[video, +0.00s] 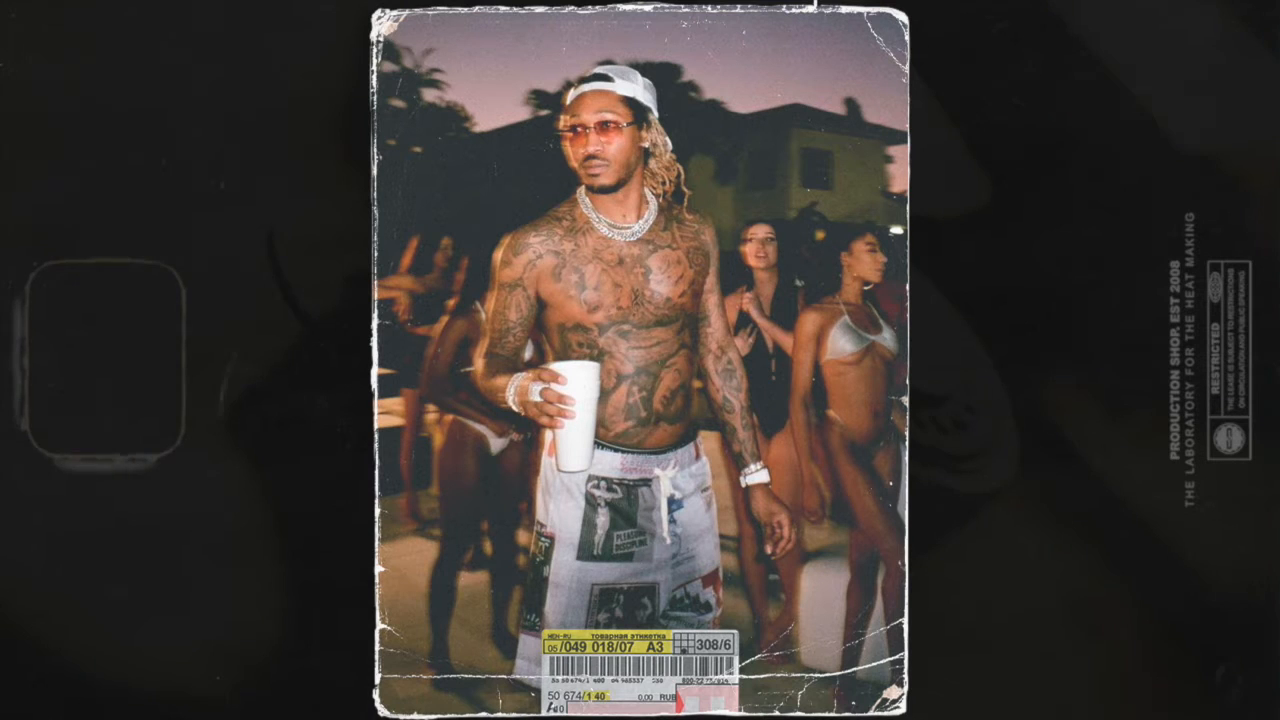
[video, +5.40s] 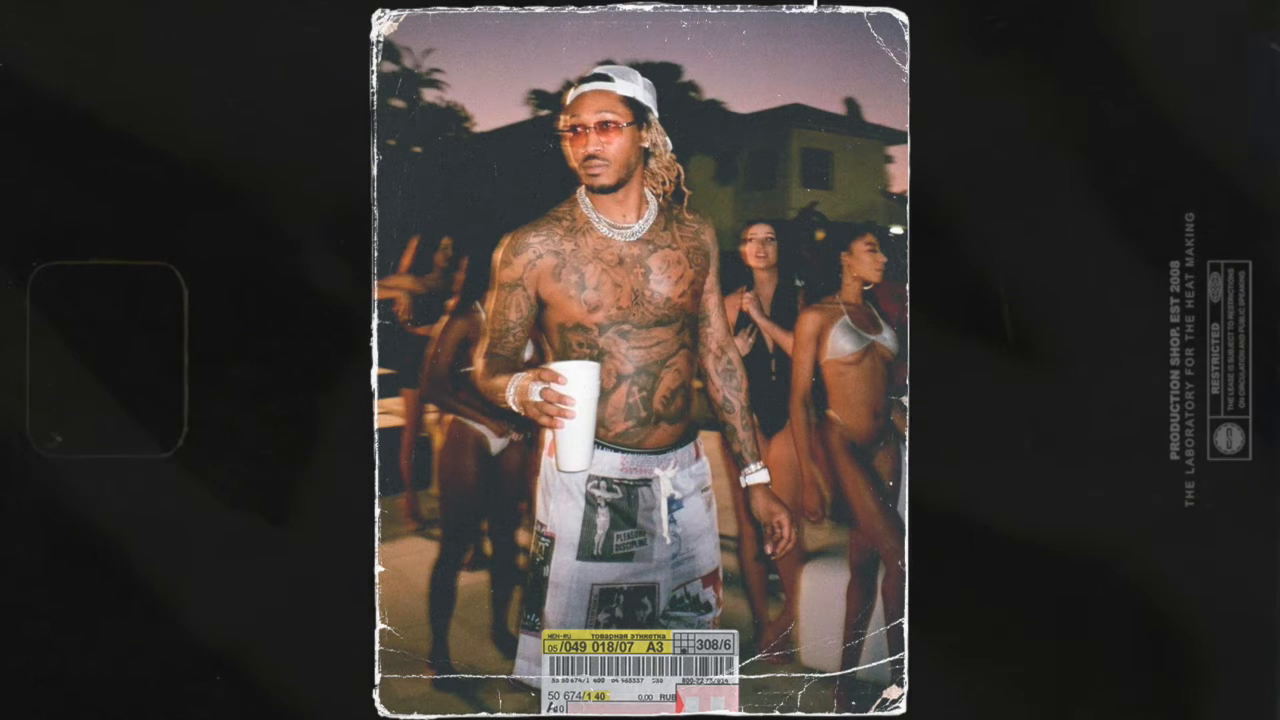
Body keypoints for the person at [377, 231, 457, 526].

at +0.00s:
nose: (446, 255)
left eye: (451, 250)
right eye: (442, 248)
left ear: (455, 255)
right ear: (430, 251)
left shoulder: (455, 280)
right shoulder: (414, 282)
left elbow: (462, 303)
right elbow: (396, 284)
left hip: (445, 349)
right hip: (417, 347)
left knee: (450, 425)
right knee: (413, 427)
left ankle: (452, 498)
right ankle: (410, 501)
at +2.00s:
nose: (446, 254)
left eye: (451, 250)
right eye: (442, 248)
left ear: (455, 255)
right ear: (430, 252)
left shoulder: (454, 282)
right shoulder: (414, 282)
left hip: (445, 352)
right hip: (416, 350)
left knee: (449, 426)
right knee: (413, 428)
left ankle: (451, 499)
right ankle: (410, 500)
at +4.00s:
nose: (446, 254)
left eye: (450, 249)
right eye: (442, 248)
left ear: (454, 254)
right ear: (431, 250)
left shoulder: (454, 279)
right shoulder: (414, 282)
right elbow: (393, 285)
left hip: (445, 349)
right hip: (416, 346)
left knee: (449, 426)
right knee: (413, 428)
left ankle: (451, 498)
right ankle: (410, 502)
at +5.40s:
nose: (446, 254)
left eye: (450, 249)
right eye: (442, 248)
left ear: (455, 253)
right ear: (431, 250)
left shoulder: (456, 277)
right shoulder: (414, 281)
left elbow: (461, 305)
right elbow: (393, 287)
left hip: (445, 349)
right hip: (416, 347)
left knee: (449, 426)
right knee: (413, 427)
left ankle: (451, 499)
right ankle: (411, 501)